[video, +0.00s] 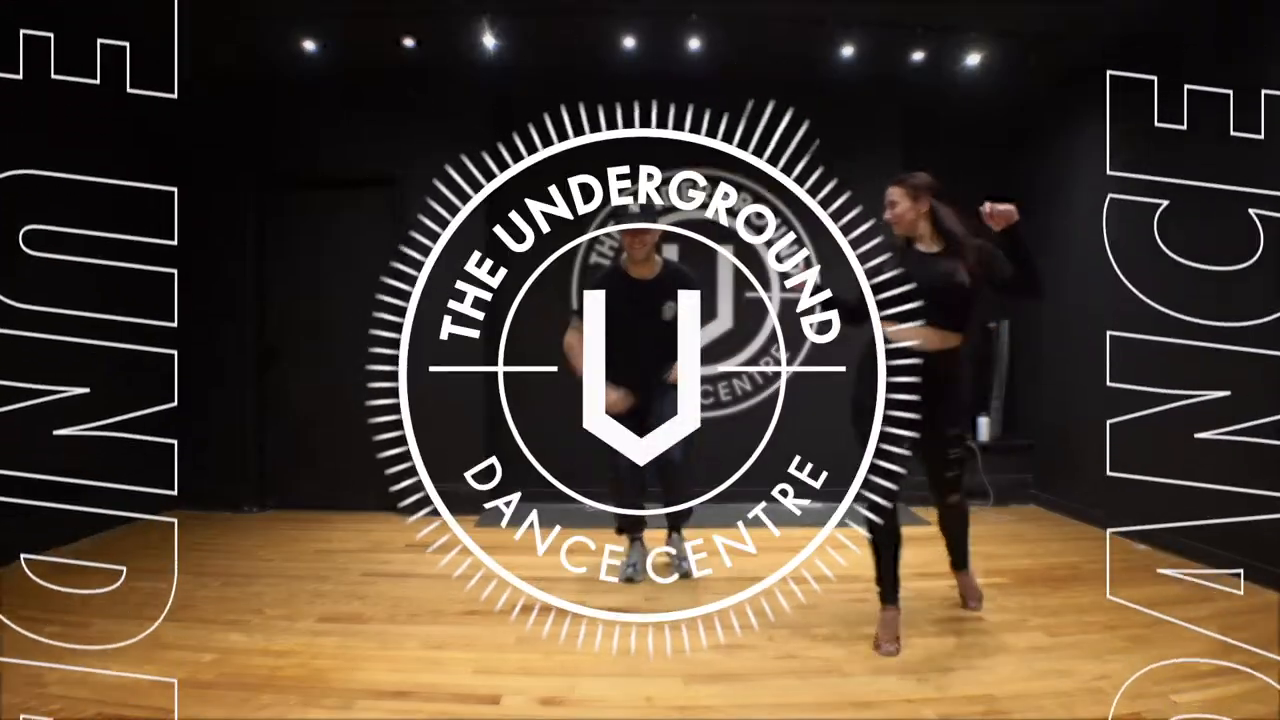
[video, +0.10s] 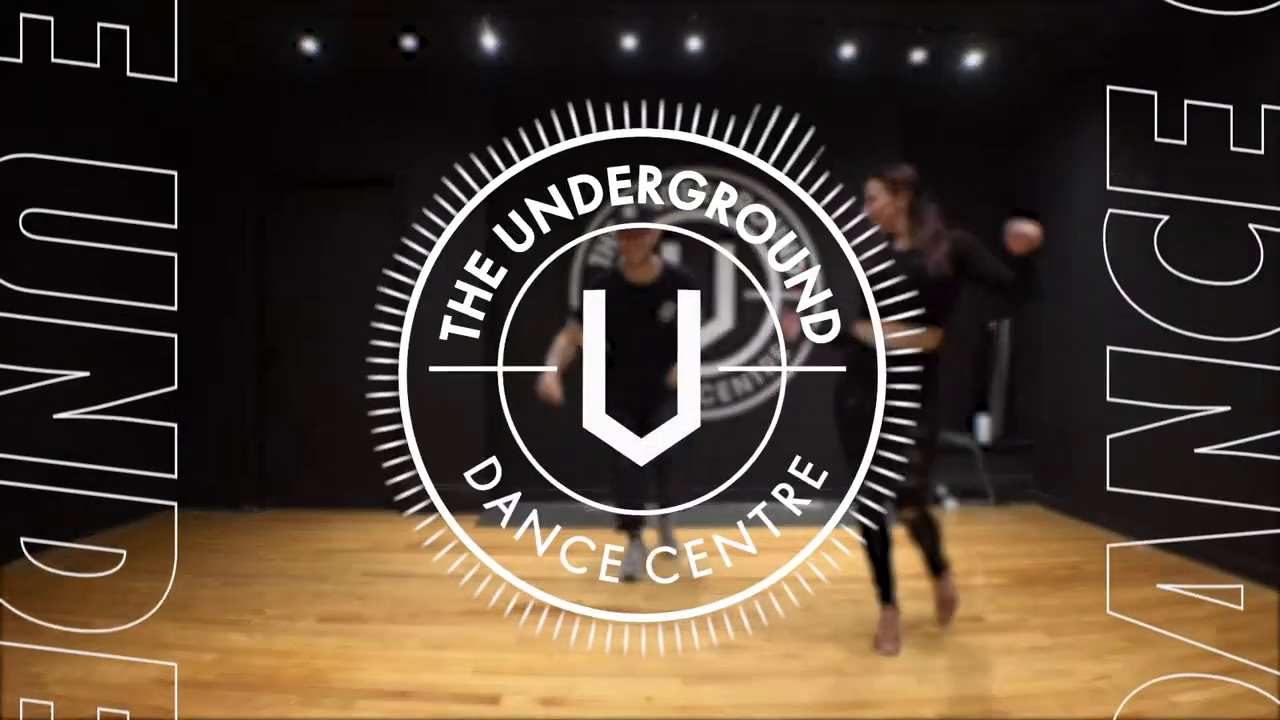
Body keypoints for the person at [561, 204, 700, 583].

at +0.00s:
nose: (636, 240)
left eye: (644, 233)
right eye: (629, 233)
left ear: (659, 235)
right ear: (620, 237)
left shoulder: (680, 281)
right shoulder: (605, 283)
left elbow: (698, 332)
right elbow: (573, 340)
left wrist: (685, 365)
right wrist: (601, 387)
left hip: (666, 385)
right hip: (618, 388)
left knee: (673, 458)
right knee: (624, 463)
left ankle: (677, 538)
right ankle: (634, 544)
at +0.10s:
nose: (628, 244)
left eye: (636, 236)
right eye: (624, 236)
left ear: (654, 239)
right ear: (617, 241)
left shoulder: (679, 284)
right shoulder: (604, 286)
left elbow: (695, 333)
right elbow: (574, 331)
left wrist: (685, 366)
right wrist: (552, 369)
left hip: (663, 388)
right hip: (617, 389)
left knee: (667, 458)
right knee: (624, 463)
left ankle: (666, 526)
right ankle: (633, 542)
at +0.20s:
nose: (628, 246)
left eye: (636, 238)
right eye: (623, 239)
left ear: (653, 241)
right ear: (616, 243)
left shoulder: (677, 287)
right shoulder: (606, 287)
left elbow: (693, 338)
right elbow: (586, 335)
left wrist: (682, 370)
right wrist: (556, 358)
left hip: (661, 388)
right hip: (617, 388)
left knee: (658, 459)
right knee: (624, 462)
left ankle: (657, 524)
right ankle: (633, 539)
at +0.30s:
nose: (632, 253)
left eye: (639, 245)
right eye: (626, 246)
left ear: (654, 246)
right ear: (618, 249)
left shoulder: (677, 291)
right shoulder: (606, 292)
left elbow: (691, 340)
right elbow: (588, 339)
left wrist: (683, 374)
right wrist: (606, 357)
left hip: (662, 388)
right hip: (620, 390)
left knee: (659, 457)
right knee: (626, 459)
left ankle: (648, 525)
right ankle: (633, 537)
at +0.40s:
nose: (640, 261)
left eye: (645, 252)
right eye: (633, 253)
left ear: (657, 252)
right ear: (623, 255)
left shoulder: (679, 292)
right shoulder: (612, 297)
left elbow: (690, 344)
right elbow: (611, 358)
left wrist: (683, 374)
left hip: (663, 392)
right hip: (622, 393)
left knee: (659, 459)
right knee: (629, 461)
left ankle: (643, 528)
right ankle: (636, 534)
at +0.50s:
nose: (652, 261)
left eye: (656, 253)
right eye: (644, 254)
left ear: (663, 255)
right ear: (631, 257)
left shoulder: (680, 295)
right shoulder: (617, 300)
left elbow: (691, 341)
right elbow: (625, 359)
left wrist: (682, 374)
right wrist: (679, 352)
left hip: (664, 391)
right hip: (626, 394)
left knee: (660, 458)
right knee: (632, 460)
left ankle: (642, 530)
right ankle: (639, 532)